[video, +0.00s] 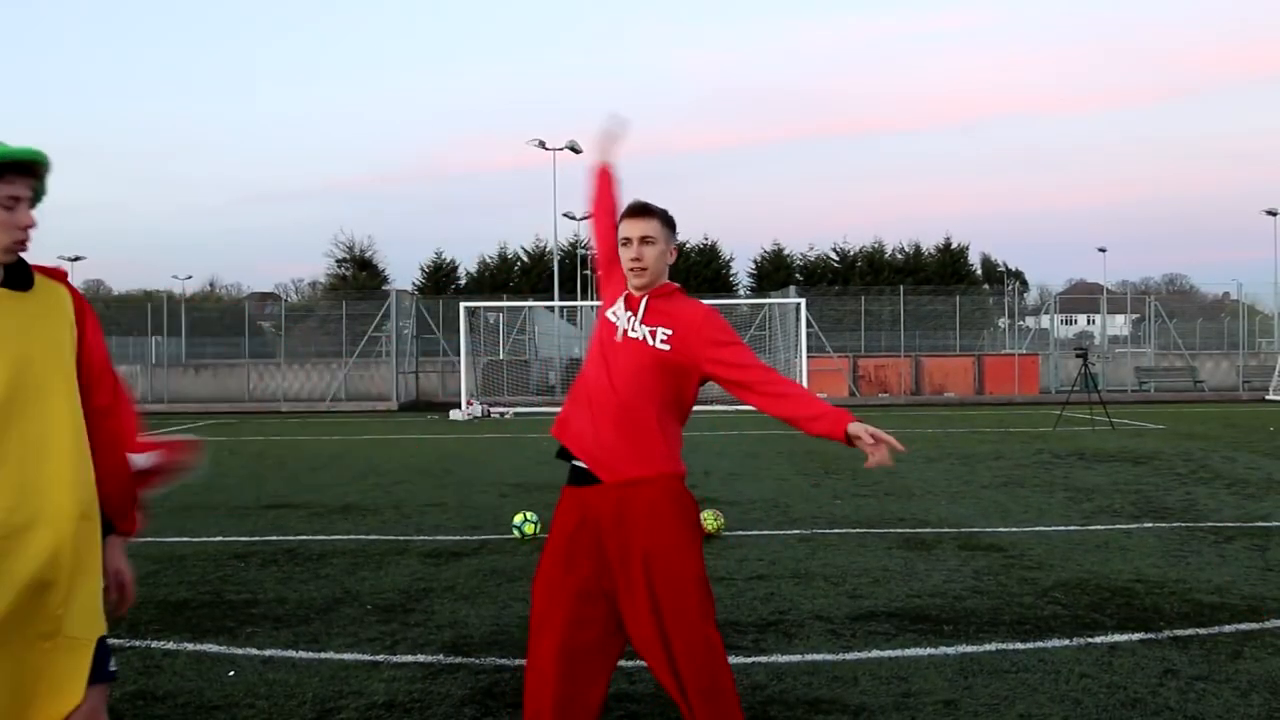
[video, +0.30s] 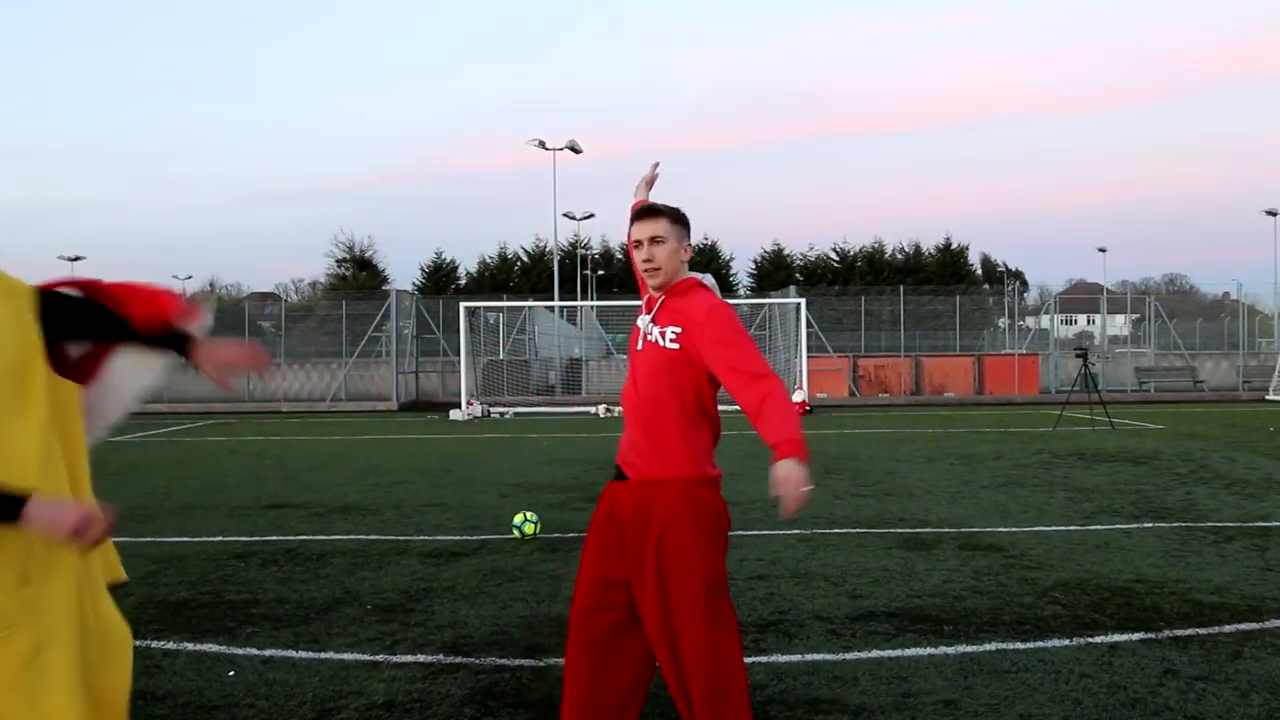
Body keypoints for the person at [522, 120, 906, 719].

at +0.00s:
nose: (634, 254)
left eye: (647, 242)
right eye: (625, 244)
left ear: (671, 251)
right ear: (616, 253)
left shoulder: (692, 320)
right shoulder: (615, 294)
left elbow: (762, 384)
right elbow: (603, 228)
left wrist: (844, 425)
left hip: (649, 499)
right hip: (583, 497)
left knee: (686, 650)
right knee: (555, 652)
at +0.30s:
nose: (647, 254)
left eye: (659, 242)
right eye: (639, 246)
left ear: (685, 248)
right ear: (634, 255)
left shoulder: (704, 309)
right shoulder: (653, 305)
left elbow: (755, 377)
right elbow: (643, 263)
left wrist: (788, 450)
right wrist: (639, 214)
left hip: (681, 502)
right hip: (626, 497)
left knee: (700, 647)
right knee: (596, 640)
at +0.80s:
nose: (596, 256)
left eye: (606, 243)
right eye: (587, 248)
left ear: (635, 249)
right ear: (583, 258)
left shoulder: (666, 305)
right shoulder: (601, 304)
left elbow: (716, 398)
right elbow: (576, 273)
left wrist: (707, 484)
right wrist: (593, 242)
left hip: (647, 491)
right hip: (592, 490)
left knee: (658, 634)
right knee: (585, 637)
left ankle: (694, 715)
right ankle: (588, 717)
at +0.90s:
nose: (587, 256)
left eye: (598, 244)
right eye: (579, 248)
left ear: (626, 249)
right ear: (578, 257)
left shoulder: (658, 304)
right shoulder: (594, 306)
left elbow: (709, 394)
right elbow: (575, 303)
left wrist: (709, 481)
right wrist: (557, 286)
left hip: (639, 488)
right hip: (586, 488)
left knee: (634, 627)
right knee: (578, 634)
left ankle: (686, 714)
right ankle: (587, 717)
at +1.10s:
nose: (571, 255)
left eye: (582, 244)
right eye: (563, 248)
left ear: (611, 250)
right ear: (560, 257)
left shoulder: (644, 303)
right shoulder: (578, 311)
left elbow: (697, 390)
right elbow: (553, 337)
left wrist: (707, 478)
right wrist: (530, 349)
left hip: (627, 484)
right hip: (580, 485)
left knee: (608, 624)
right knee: (571, 627)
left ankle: (651, 715)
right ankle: (583, 717)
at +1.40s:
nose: (553, 259)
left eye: (563, 247)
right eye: (547, 250)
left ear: (597, 250)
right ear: (546, 258)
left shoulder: (632, 305)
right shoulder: (578, 310)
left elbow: (692, 394)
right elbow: (585, 393)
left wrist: (674, 476)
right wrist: (551, 434)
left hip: (616, 490)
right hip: (577, 488)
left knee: (607, 634)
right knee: (578, 632)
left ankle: (616, 716)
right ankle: (585, 713)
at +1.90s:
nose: (535, 268)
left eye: (535, 256)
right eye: (533, 257)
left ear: (556, 256)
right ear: (585, 251)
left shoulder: (600, 305)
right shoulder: (610, 299)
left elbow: (663, 396)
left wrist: (601, 465)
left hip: (607, 502)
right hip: (609, 498)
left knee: (604, 644)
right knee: (597, 641)